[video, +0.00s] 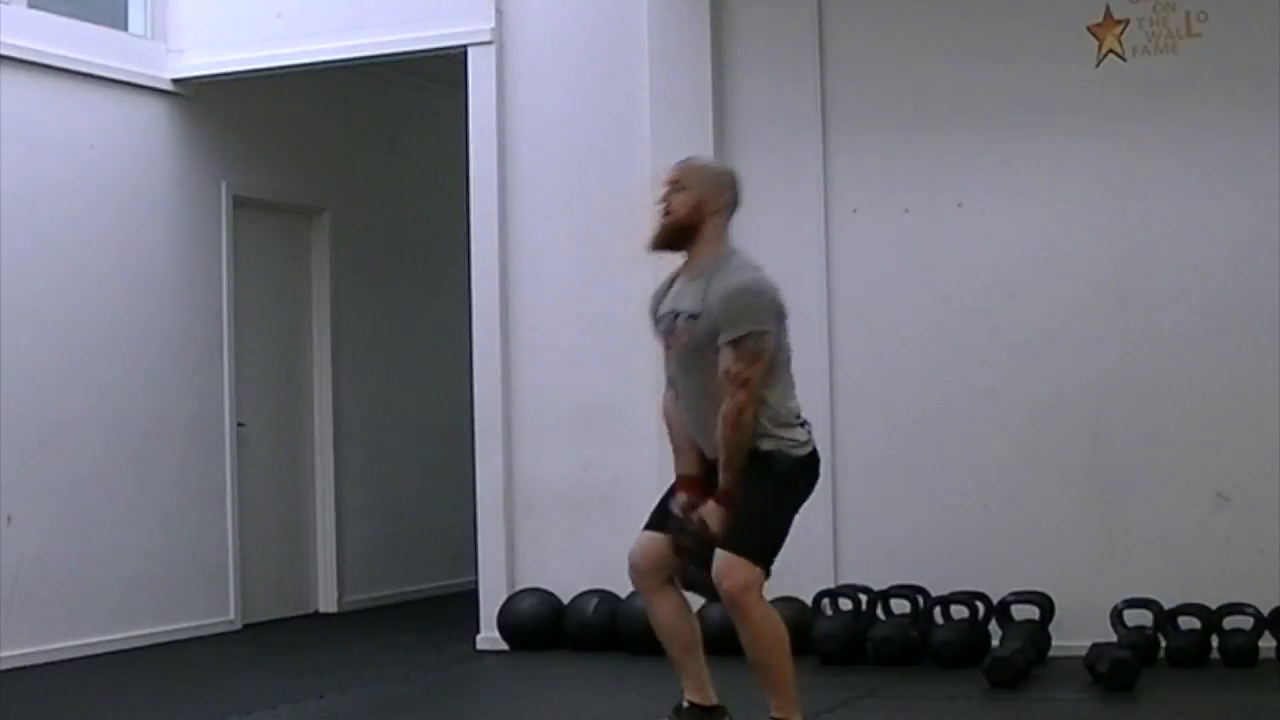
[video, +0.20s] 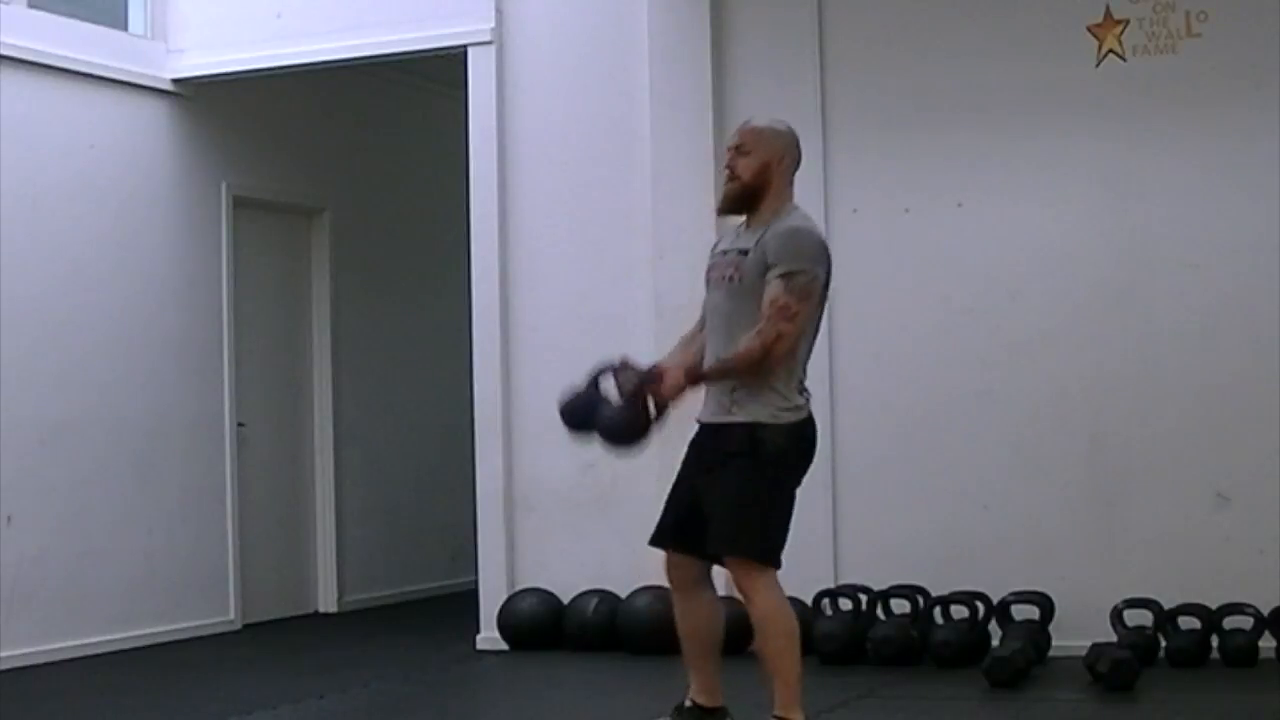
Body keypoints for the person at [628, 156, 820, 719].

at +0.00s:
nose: (662, 200)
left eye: (676, 190)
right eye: (665, 191)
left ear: (712, 204)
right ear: (699, 207)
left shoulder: (745, 287)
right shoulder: (670, 294)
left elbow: (741, 404)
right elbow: (676, 394)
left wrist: (726, 493)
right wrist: (688, 475)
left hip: (775, 458)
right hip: (715, 460)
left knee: (736, 579)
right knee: (649, 564)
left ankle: (788, 713)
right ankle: (701, 702)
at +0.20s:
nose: (727, 162)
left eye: (742, 152)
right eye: (729, 152)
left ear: (780, 167)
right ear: (750, 169)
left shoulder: (795, 237)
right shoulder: (732, 238)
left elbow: (772, 342)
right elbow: (711, 329)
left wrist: (691, 375)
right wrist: (663, 377)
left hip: (769, 430)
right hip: (720, 428)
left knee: (750, 567)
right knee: (684, 562)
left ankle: (790, 711)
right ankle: (705, 703)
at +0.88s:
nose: (690, 202)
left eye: (705, 193)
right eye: (693, 191)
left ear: (741, 208)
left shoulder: (767, 286)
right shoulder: (688, 283)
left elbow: (704, 358)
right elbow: (636, 367)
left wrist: (696, 269)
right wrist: (663, 289)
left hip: (743, 471)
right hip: (683, 473)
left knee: (693, 601)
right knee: (624, 594)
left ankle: (781, 714)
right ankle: (699, 704)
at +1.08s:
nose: (715, 158)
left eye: (731, 152)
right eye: (720, 150)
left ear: (764, 174)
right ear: (723, 171)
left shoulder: (771, 247)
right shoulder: (693, 235)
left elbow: (701, 308)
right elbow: (638, 316)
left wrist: (701, 226)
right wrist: (657, 247)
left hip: (734, 434)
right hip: (677, 432)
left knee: (712, 576)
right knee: (647, 574)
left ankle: (781, 710)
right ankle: (699, 702)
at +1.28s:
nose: (683, 152)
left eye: (693, 143)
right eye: (681, 142)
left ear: (731, 149)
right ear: (699, 147)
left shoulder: (758, 211)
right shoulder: (681, 211)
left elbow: (706, 182)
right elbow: (619, 185)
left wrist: (697, 119)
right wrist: (644, 123)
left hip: (742, 413)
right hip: (688, 414)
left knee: (728, 565)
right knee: (664, 564)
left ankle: (784, 710)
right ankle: (699, 703)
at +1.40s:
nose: (662, 176)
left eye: (676, 164)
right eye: (661, 166)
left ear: (710, 171)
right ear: (666, 178)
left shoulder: (731, 228)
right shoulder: (670, 231)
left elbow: (727, 154)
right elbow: (645, 152)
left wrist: (721, 84)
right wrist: (659, 82)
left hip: (751, 439)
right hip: (699, 441)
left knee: (718, 588)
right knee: (650, 574)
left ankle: (785, 713)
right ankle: (702, 705)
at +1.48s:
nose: (650, 179)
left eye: (662, 170)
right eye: (651, 170)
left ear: (702, 178)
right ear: (665, 182)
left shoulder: (725, 238)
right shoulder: (669, 239)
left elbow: (737, 138)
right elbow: (663, 143)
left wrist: (730, 58)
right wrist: (668, 67)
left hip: (751, 439)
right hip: (702, 443)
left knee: (715, 588)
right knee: (650, 574)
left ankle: (784, 712)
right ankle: (701, 704)